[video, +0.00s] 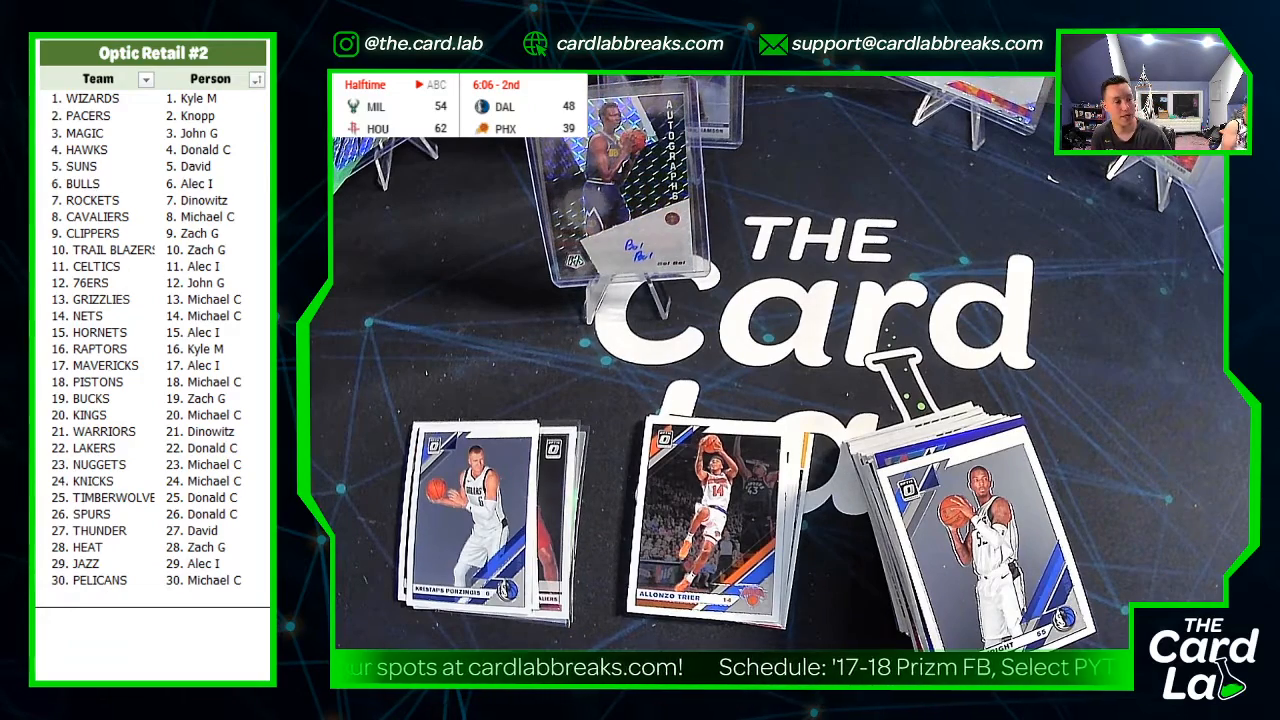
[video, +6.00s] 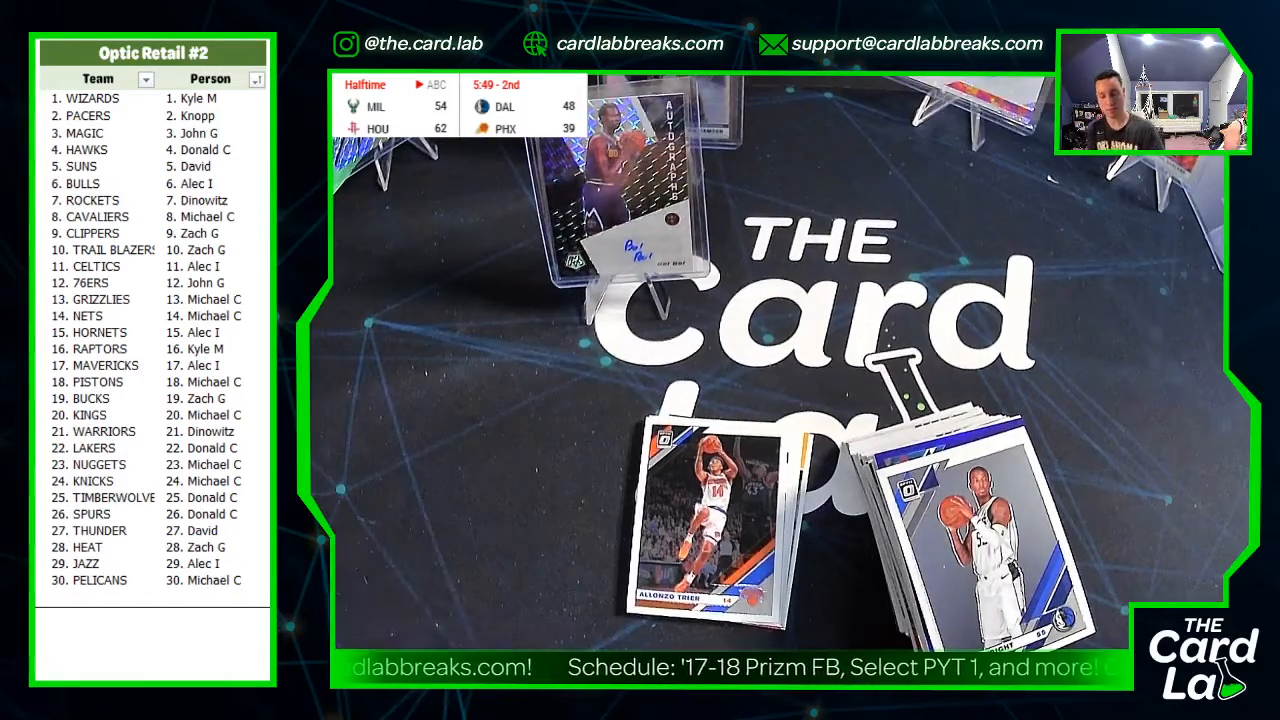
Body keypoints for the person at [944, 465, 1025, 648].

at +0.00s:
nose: (980, 483)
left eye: (984, 479)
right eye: (976, 480)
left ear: (990, 481)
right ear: (970, 485)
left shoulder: (1000, 504)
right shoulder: (975, 517)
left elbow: (998, 539)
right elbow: (965, 559)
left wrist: (973, 517)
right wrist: (953, 530)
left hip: (1007, 578)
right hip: (985, 584)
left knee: (1018, 632)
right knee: (992, 639)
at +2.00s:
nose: (980, 483)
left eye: (984, 479)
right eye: (976, 480)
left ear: (990, 481)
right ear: (970, 485)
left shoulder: (1000, 504)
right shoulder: (975, 517)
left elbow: (997, 539)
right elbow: (965, 559)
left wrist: (973, 517)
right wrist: (953, 530)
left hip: (1007, 579)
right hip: (985, 584)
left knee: (1017, 632)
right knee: (992, 639)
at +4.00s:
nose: (980, 484)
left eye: (983, 479)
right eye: (975, 480)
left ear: (990, 482)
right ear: (970, 486)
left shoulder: (1000, 504)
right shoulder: (974, 517)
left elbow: (996, 538)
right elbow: (965, 559)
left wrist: (972, 517)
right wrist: (953, 531)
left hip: (1007, 579)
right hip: (985, 585)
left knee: (1018, 633)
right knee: (991, 640)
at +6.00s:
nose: (980, 484)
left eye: (983, 479)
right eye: (975, 481)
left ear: (990, 482)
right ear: (970, 486)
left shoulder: (1000, 505)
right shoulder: (975, 518)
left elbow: (997, 539)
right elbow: (965, 559)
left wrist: (972, 516)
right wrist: (953, 531)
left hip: (1006, 579)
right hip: (985, 584)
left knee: (1017, 632)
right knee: (991, 639)